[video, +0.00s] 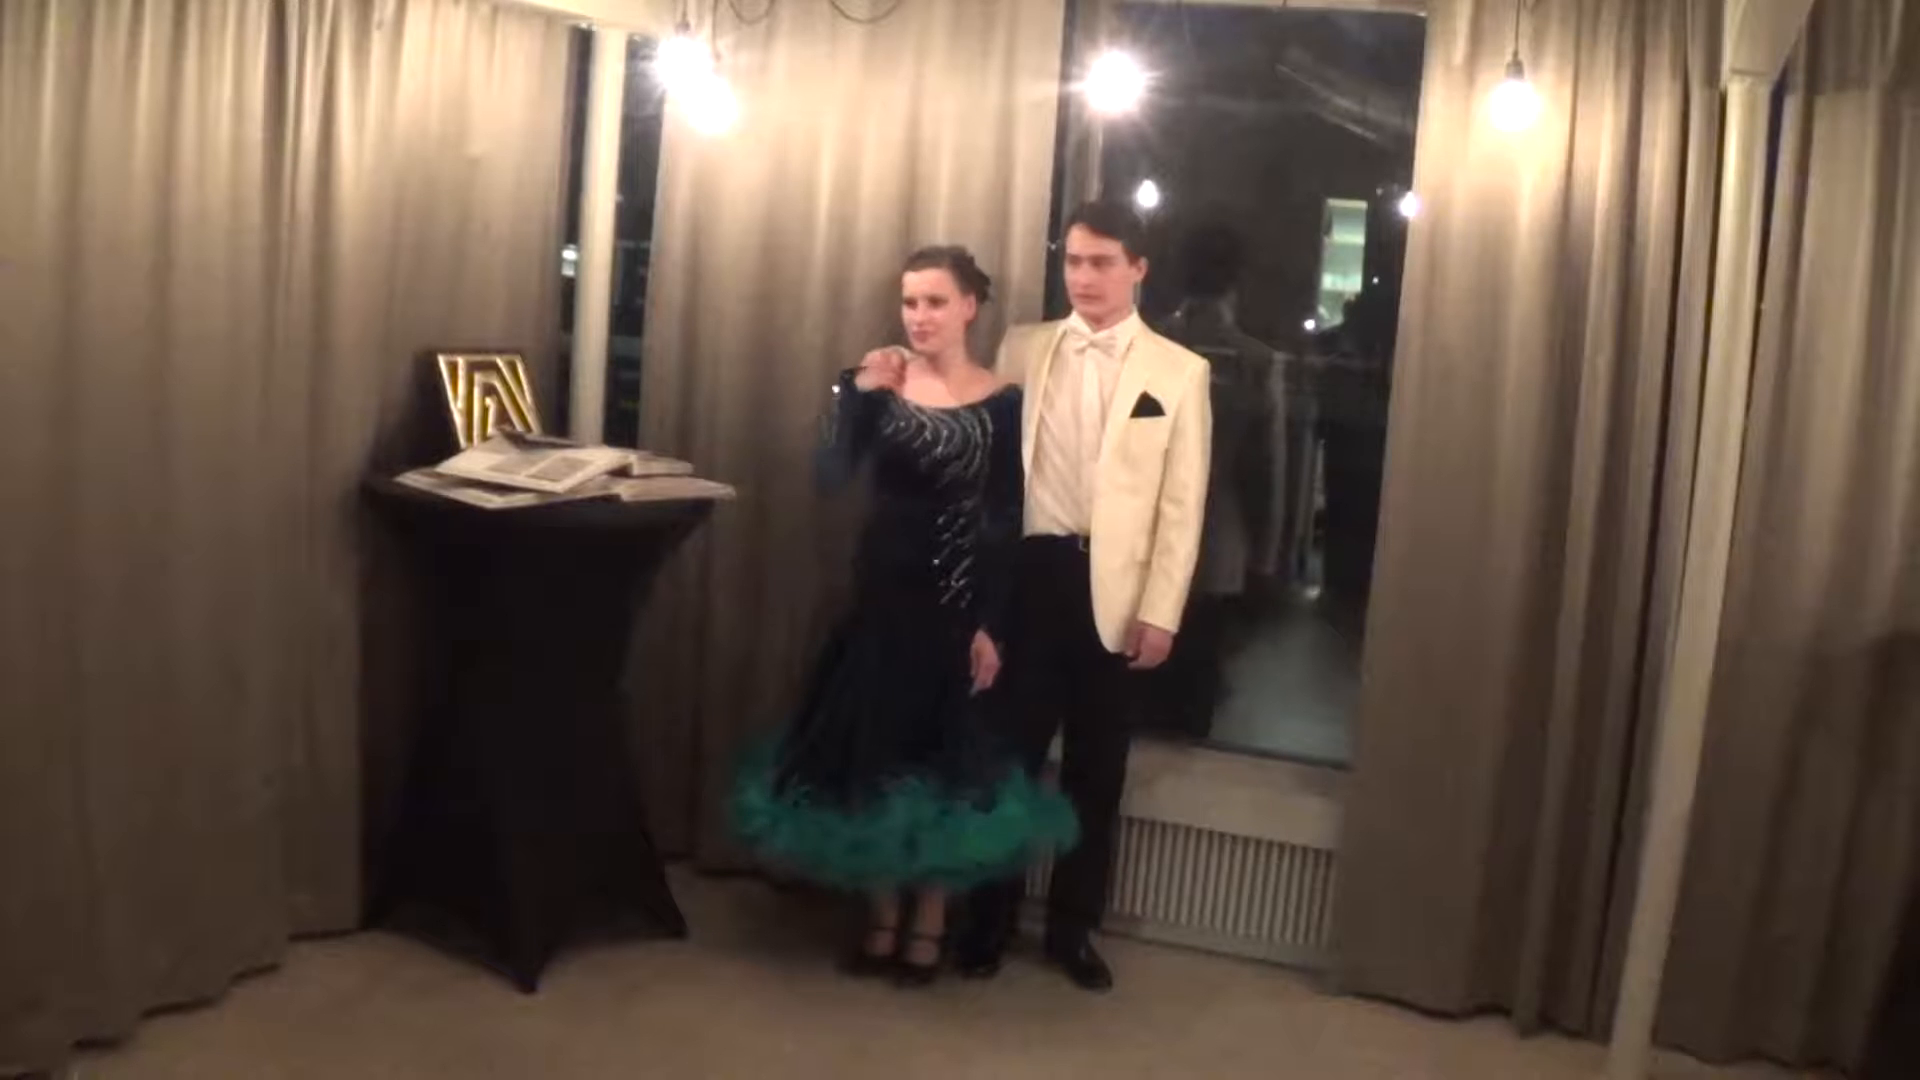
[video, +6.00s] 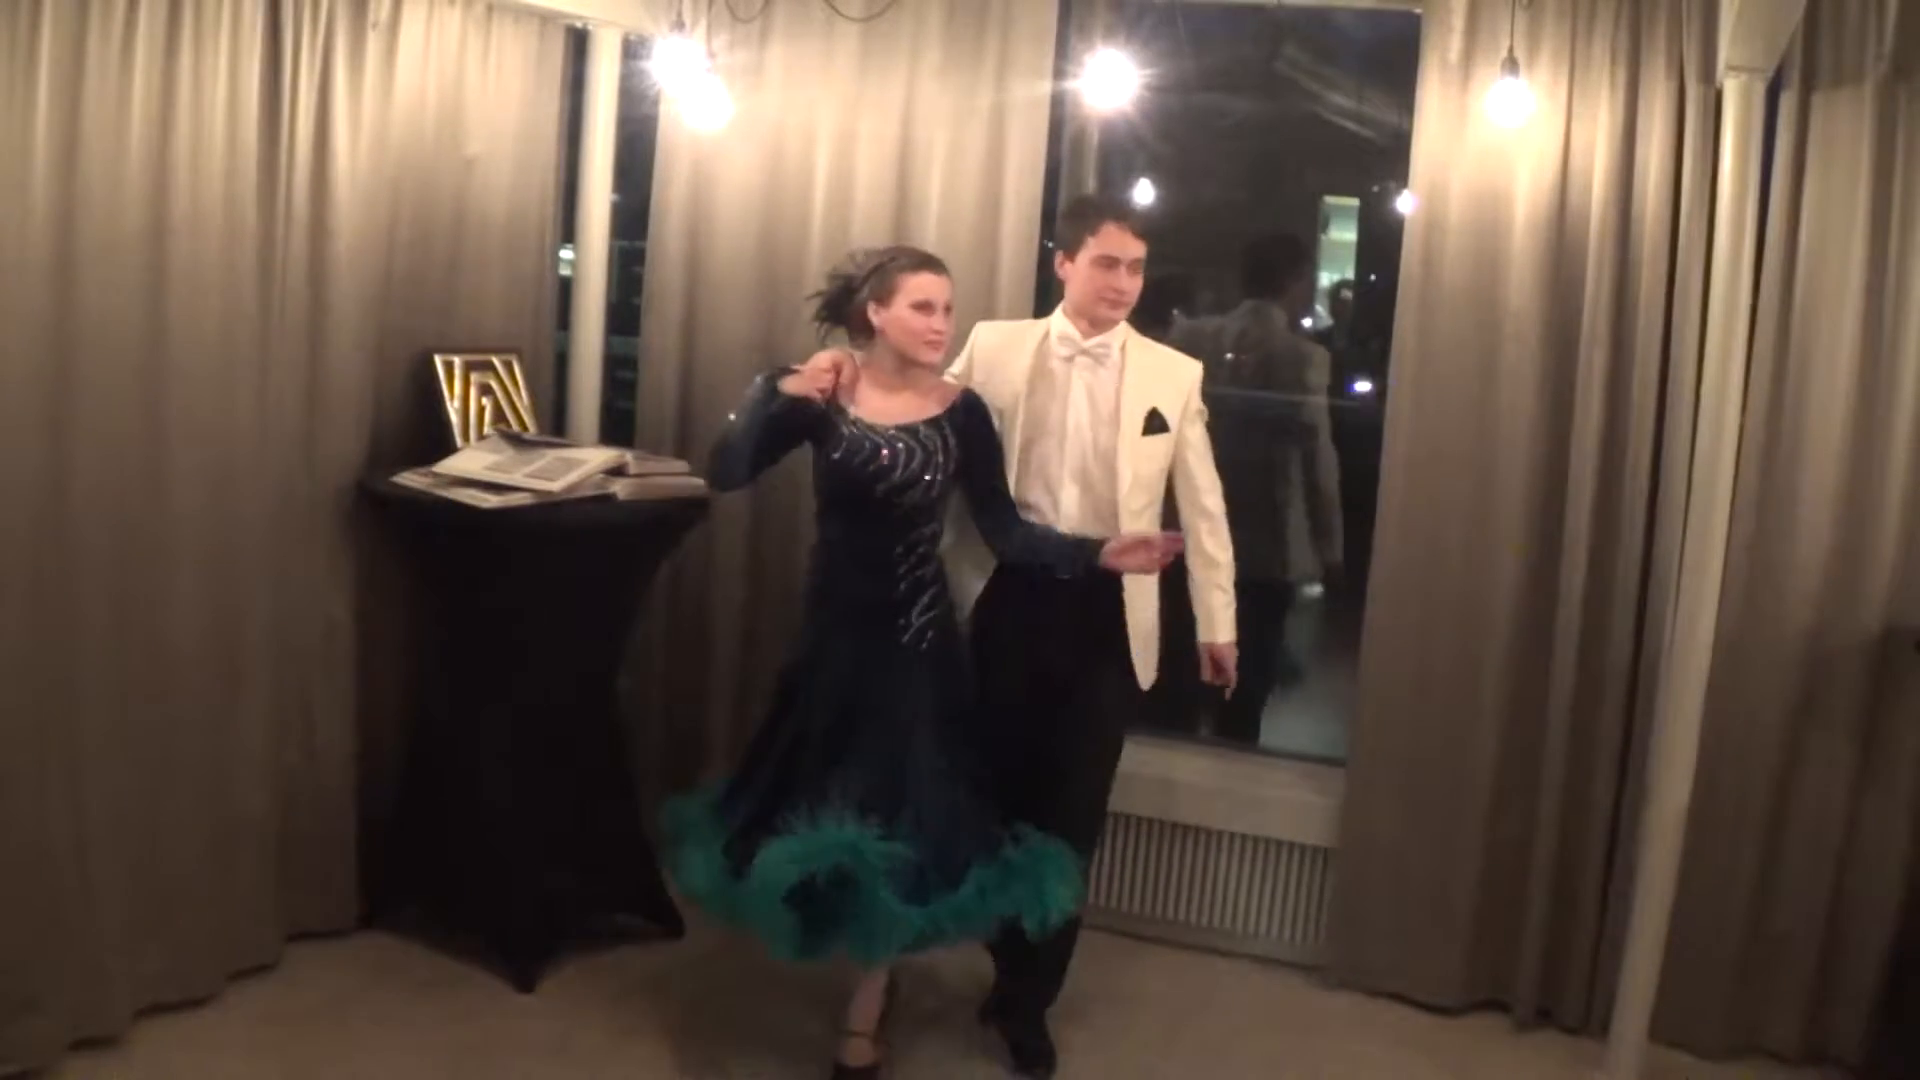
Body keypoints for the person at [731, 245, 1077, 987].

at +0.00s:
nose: (919, 316)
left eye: (935, 302)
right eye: (910, 302)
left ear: (973, 307)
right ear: (899, 309)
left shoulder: (1001, 400)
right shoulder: (884, 388)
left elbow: (1004, 520)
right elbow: (831, 477)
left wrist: (991, 623)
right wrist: (859, 391)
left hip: (960, 600)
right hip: (885, 591)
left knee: (944, 753)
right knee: (879, 748)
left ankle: (931, 908)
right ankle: (882, 905)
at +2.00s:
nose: (959, 323)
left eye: (969, 309)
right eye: (943, 309)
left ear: (981, 314)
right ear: (904, 311)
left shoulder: (992, 397)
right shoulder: (872, 384)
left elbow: (1006, 515)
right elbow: (810, 482)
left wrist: (1005, 618)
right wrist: (830, 398)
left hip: (960, 598)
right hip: (884, 592)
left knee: (942, 753)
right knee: (882, 748)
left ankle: (923, 913)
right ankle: (881, 909)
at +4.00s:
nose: (955, 321)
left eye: (965, 307)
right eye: (939, 307)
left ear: (977, 312)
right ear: (899, 311)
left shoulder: (990, 394)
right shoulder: (870, 383)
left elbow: (1003, 512)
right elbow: (809, 480)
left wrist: (1006, 616)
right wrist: (833, 399)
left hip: (959, 598)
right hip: (882, 592)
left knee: (938, 753)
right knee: (881, 749)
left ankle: (922, 908)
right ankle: (880, 904)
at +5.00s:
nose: (937, 354)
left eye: (941, 334)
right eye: (917, 346)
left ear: (953, 322)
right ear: (888, 351)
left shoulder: (992, 407)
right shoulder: (875, 408)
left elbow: (1011, 519)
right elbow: (809, 494)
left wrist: (972, 520)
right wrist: (825, 416)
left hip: (964, 610)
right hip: (889, 603)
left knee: (936, 759)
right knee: (869, 755)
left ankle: (915, 920)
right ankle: (872, 951)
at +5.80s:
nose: (933, 323)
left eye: (940, 309)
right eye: (915, 309)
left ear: (948, 317)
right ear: (869, 317)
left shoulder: (968, 407)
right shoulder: (837, 393)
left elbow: (991, 525)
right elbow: (747, 479)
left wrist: (1055, 607)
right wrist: (788, 400)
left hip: (933, 617)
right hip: (850, 611)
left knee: (917, 793)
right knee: (848, 785)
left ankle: (883, 985)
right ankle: (878, 954)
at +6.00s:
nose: (942, 324)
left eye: (948, 310)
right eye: (924, 308)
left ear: (953, 320)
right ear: (872, 316)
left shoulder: (962, 412)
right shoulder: (827, 400)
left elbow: (1005, 532)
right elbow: (726, 471)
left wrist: (1105, 551)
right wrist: (782, 389)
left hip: (924, 626)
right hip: (842, 620)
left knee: (905, 799)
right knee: (846, 790)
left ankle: (870, 985)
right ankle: (872, 965)